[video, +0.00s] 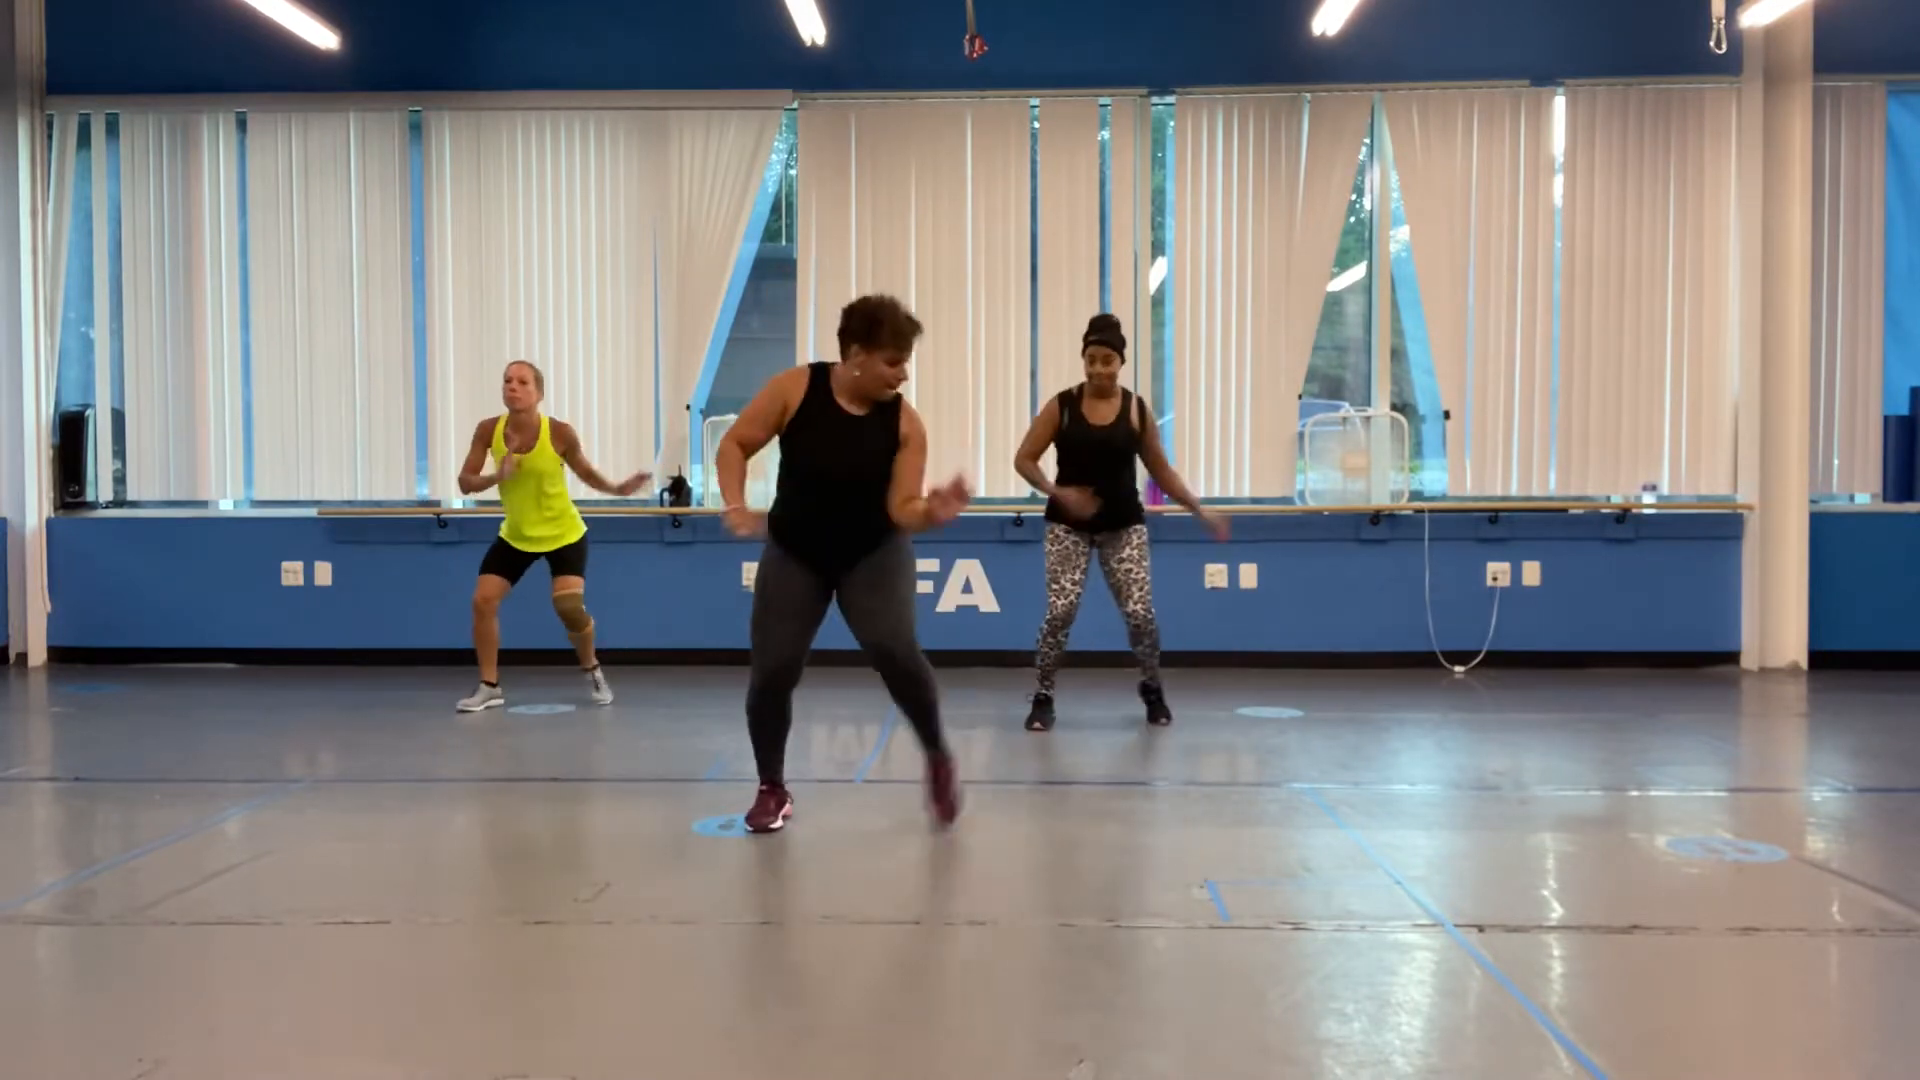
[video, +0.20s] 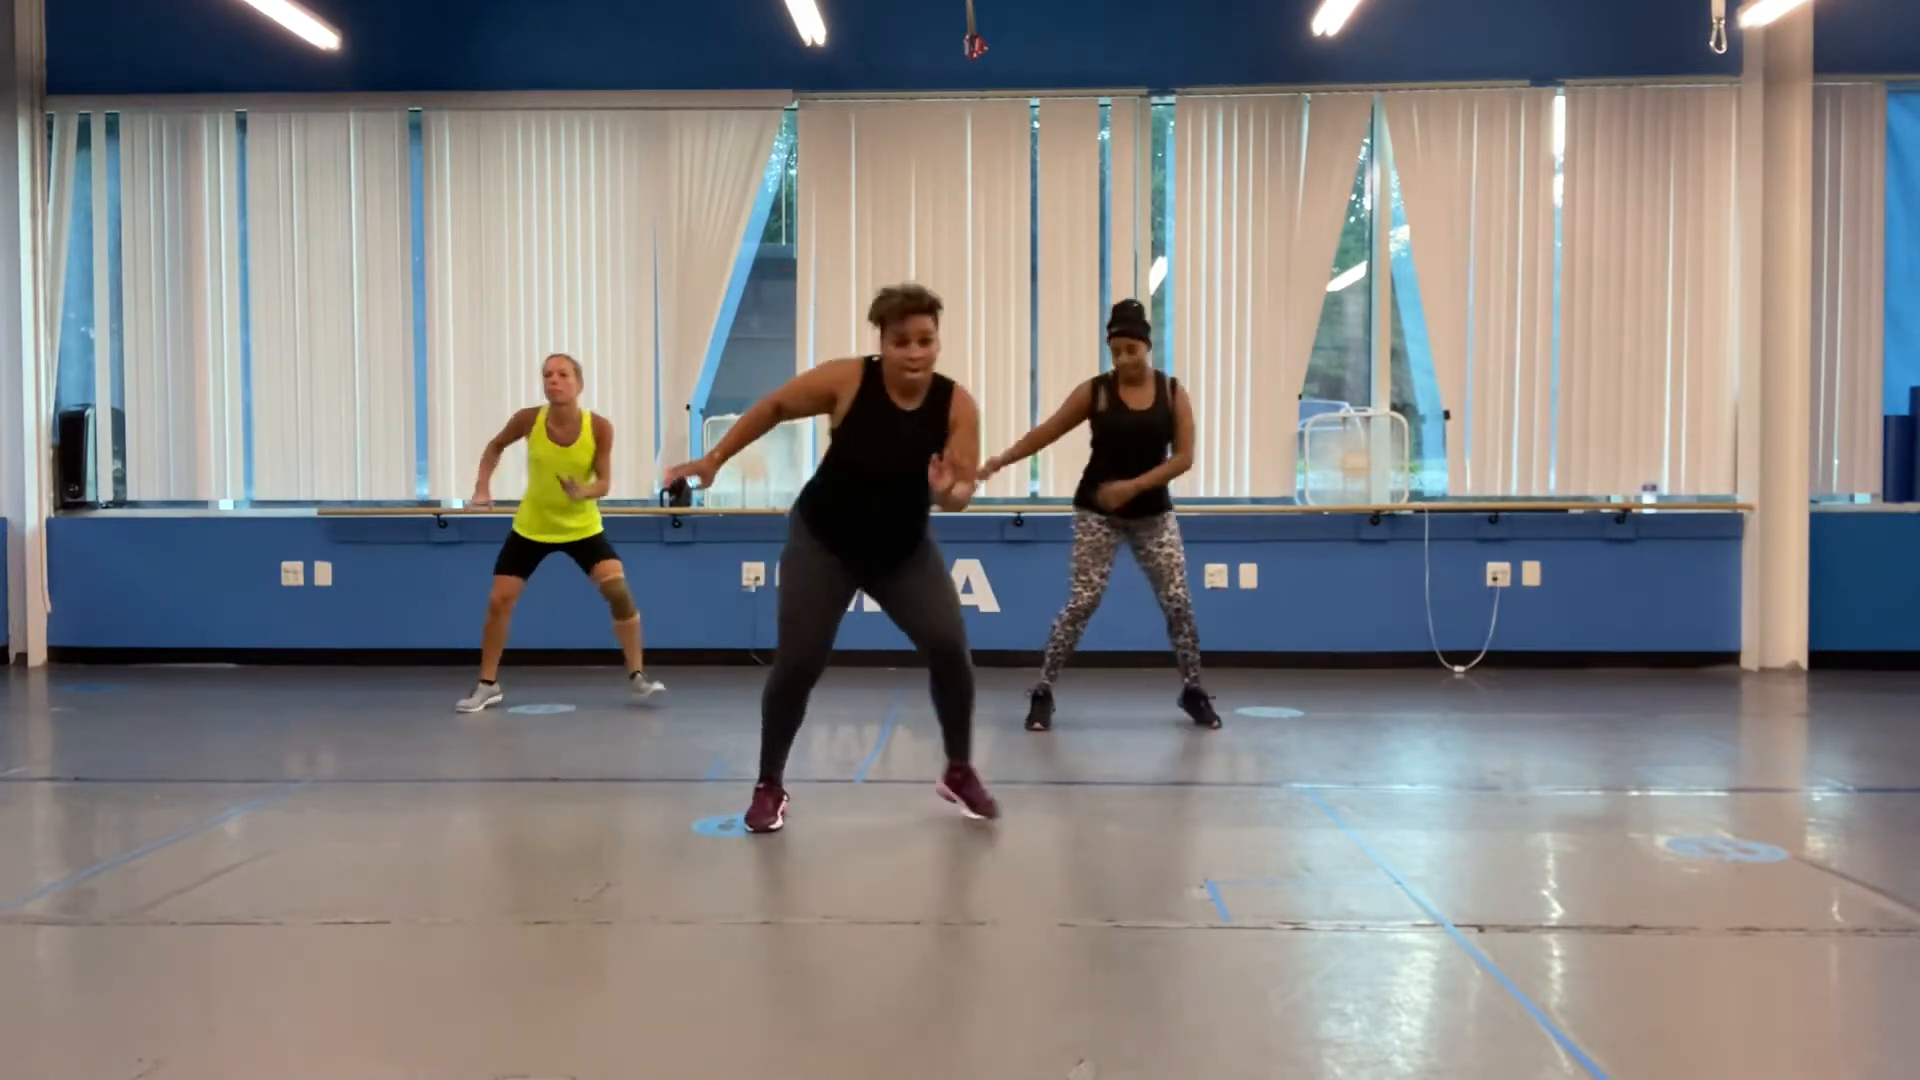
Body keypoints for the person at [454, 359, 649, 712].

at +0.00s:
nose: (513, 387)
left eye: (522, 383)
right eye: (508, 382)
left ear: (538, 393)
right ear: (502, 390)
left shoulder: (559, 432)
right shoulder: (489, 430)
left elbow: (587, 473)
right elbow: (465, 483)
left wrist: (616, 488)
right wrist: (497, 476)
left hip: (563, 531)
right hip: (517, 532)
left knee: (568, 604)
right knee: (483, 600)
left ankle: (592, 671)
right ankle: (489, 686)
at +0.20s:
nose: (554, 381)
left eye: (562, 375)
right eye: (548, 376)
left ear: (579, 384)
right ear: (542, 384)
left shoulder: (599, 428)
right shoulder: (528, 419)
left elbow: (603, 483)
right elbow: (495, 447)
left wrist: (583, 490)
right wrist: (482, 488)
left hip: (581, 526)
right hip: (532, 524)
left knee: (618, 590)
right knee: (499, 600)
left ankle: (637, 676)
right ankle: (487, 684)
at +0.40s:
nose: (596, 380)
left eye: (604, 373)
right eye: (590, 375)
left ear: (621, 381)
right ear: (585, 383)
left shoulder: (642, 424)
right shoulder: (576, 419)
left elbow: (646, 479)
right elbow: (550, 444)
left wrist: (593, 471)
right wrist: (504, 446)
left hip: (626, 526)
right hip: (580, 523)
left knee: (650, 600)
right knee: (539, 595)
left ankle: (646, 684)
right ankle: (544, 674)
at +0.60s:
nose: (632, 377)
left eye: (639, 371)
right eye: (626, 373)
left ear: (656, 377)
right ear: (621, 382)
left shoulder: (676, 417)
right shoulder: (611, 412)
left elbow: (668, 462)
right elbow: (575, 427)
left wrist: (620, 444)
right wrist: (524, 425)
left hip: (652, 522)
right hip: (606, 520)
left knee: (688, 589)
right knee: (579, 598)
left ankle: (693, 675)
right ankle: (586, 679)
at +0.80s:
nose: (662, 385)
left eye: (669, 378)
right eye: (655, 381)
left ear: (686, 386)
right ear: (649, 391)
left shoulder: (710, 423)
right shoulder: (643, 432)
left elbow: (717, 464)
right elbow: (618, 473)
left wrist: (666, 455)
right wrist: (567, 464)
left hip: (697, 532)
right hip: (649, 532)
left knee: (734, 598)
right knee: (614, 608)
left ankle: (737, 687)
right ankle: (598, 665)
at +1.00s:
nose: (656, 379)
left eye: (664, 373)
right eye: (650, 374)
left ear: (680, 383)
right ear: (644, 385)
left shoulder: (703, 423)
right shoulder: (634, 431)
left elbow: (729, 466)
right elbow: (642, 485)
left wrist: (737, 496)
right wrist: (630, 526)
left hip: (707, 527)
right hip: (661, 529)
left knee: (732, 600)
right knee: (622, 595)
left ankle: (742, 684)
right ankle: (621, 672)